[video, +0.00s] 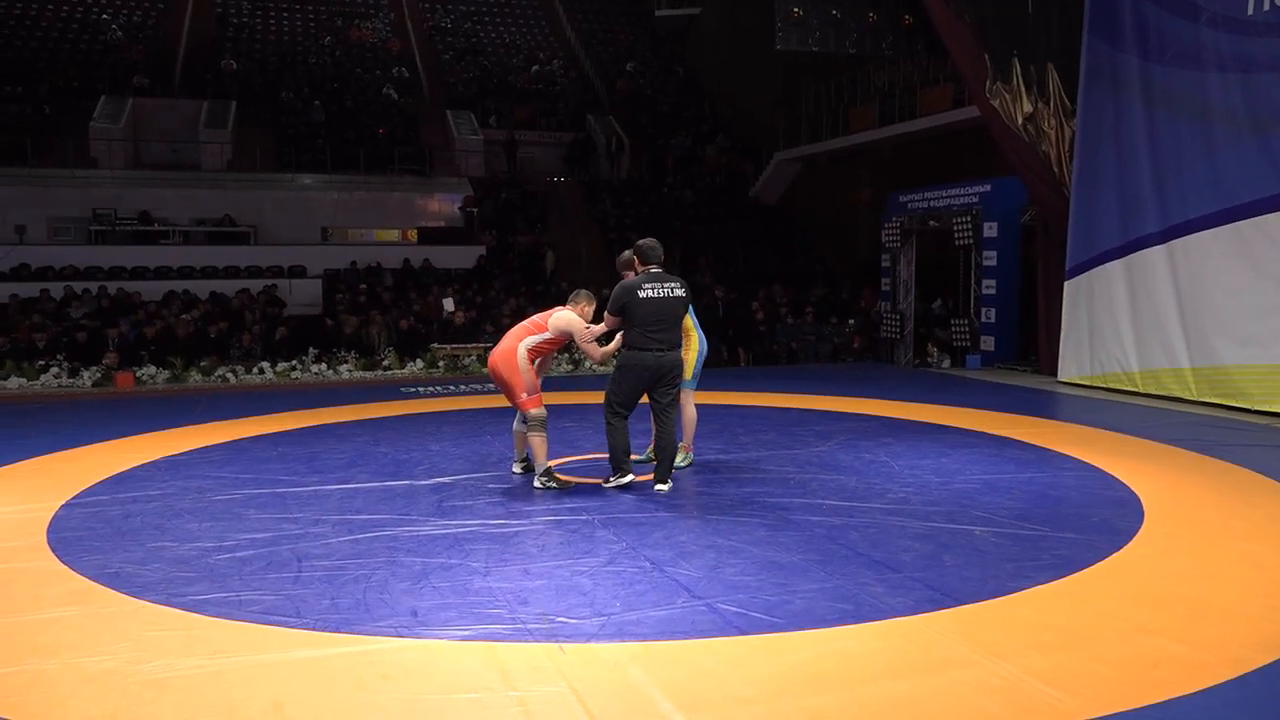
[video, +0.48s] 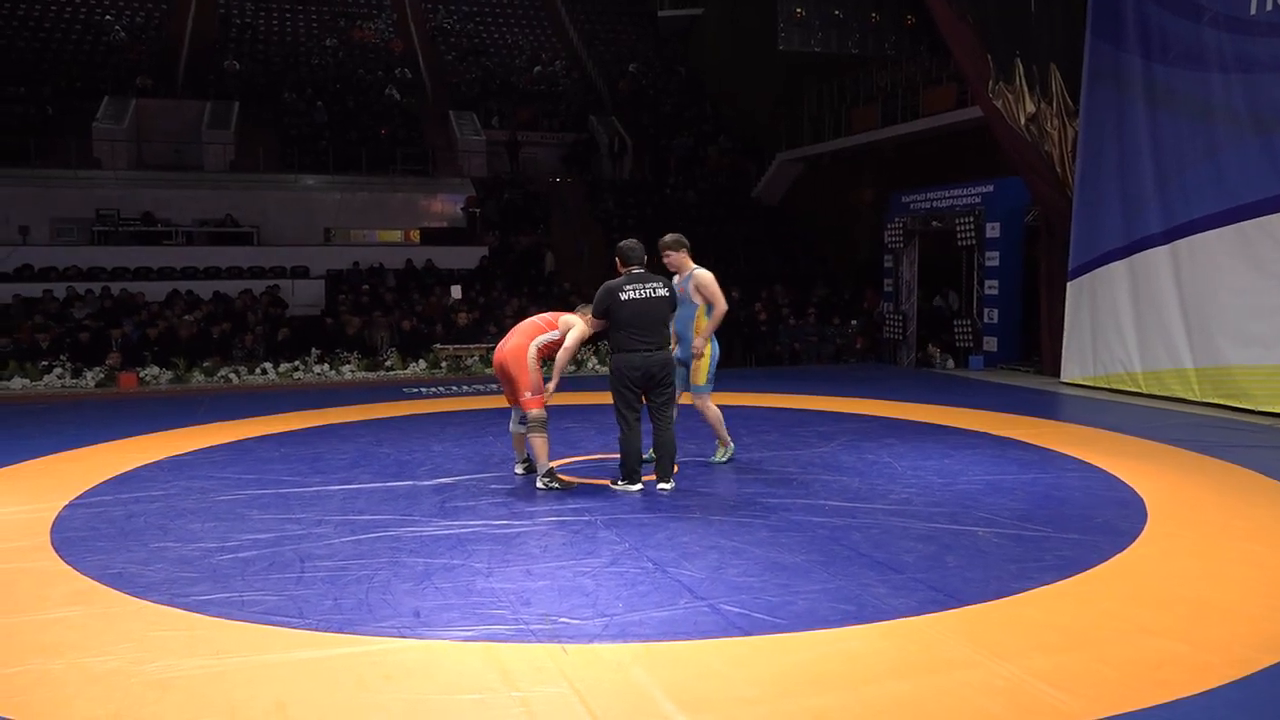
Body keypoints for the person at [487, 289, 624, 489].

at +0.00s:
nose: (592, 316)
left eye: (593, 311)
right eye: (592, 310)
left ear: (572, 305)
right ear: (582, 307)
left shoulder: (556, 315)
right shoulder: (573, 321)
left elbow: (544, 360)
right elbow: (598, 356)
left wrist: (532, 385)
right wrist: (617, 342)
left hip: (499, 357)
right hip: (514, 358)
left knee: (525, 410)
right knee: (537, 414)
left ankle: (521, 460)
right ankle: (543, 473)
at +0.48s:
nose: (593, 330)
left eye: (595, 326)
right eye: (593, 325)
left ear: (577, 313)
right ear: (588, 318)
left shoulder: (557, 318)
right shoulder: (580, 325)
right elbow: (566, 348)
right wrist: (554, 381)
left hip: (500, 355)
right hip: (523, 356)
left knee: (519, 414)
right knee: (537, 415)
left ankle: (522, 461)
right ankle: (545, 474)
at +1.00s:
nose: (605, 357)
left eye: (610, 353)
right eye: (609, 351)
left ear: (598, 335)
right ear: (606, 342)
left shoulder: (577, 337)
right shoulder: (596, 345)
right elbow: (578, 373)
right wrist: (555, 400)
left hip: (504, 356)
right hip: (525, 358)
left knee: (522, 414)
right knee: (543, 415)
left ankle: (530, 462)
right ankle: (554, 473)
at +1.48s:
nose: (614, 356)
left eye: (616, 352)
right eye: (616, 351)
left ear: (602, 336)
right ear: (611, 342)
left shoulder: (582, 337)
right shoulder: (597, 344)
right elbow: (579, 373)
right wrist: (560, 401)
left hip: (505, 359)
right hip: (522, 363)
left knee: (529, 413)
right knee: (551, 415)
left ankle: (530, 461)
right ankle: (553, 474)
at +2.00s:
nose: (612, 380)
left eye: (614, 377)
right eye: (614, 376)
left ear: (593, 366)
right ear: (609, 374)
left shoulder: (576, 374)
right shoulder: (593, 380)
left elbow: (550, 388)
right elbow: (591, 396)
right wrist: (591, 419)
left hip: (524, 442)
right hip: (538, 448)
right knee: (596, 429)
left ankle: (539, 463)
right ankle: (562, 472)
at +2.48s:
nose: (614, 394)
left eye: (617, 389)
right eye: (616, 389)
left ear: (592, 372)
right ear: (608, 383)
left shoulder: (570, 377)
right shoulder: (593, 384)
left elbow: (542, 377)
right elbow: (586, 390)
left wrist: (552, 404)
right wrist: (583, 420)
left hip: (508, 441)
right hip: (523, 448)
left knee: (563, 418)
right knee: (588, 432)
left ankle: (530, 469)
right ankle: (554, 482)